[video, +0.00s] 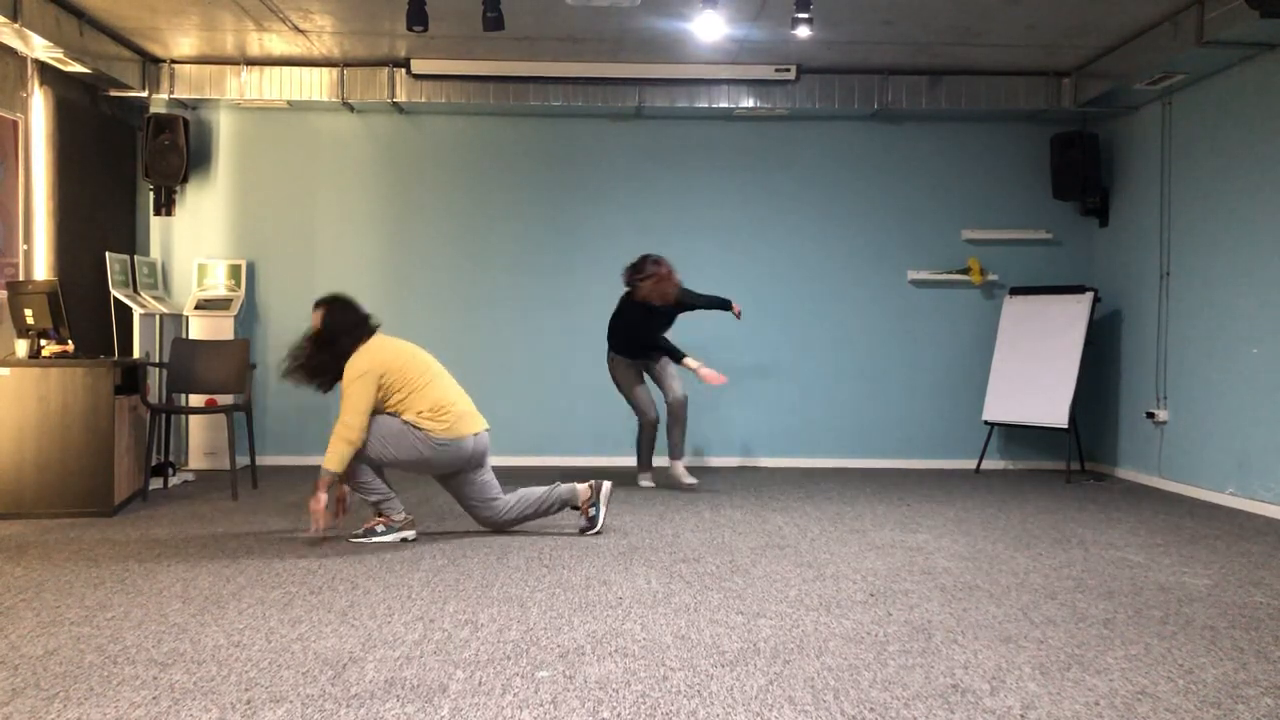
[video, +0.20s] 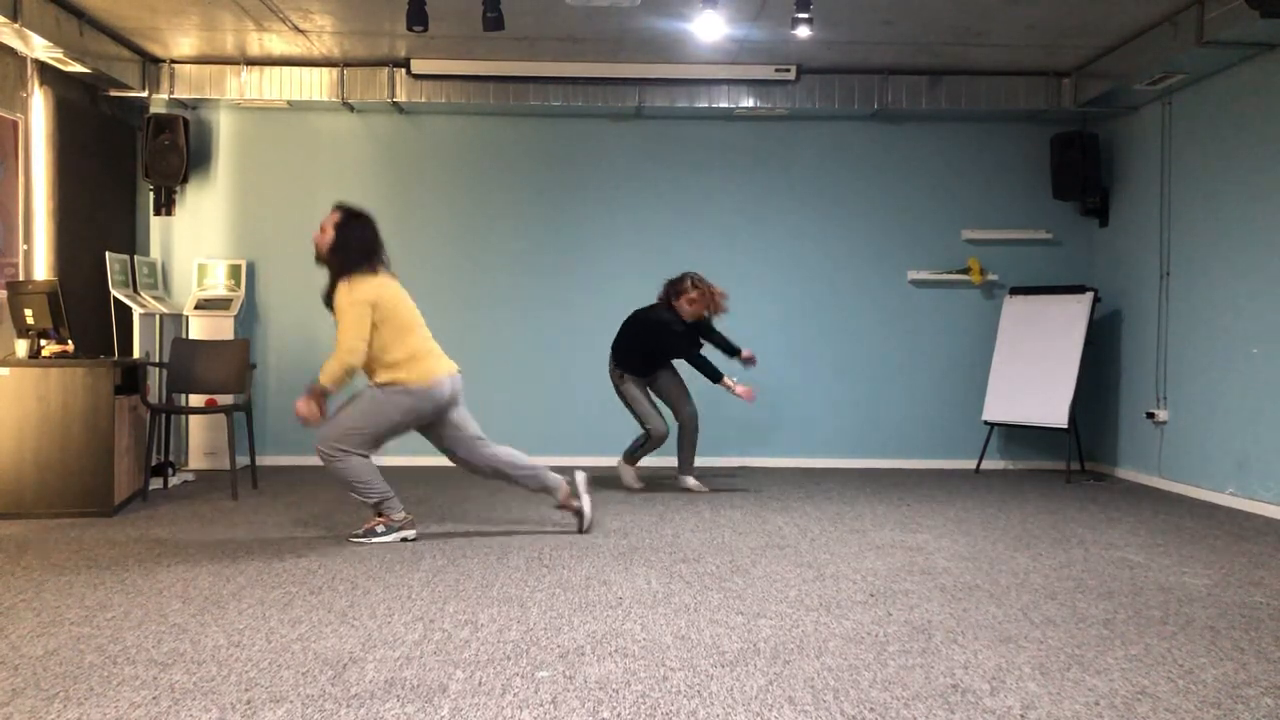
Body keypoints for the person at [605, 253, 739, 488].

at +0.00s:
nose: (668, 287)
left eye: (667, 281)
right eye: (661, 282)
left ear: (669, 280)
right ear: (647, 285)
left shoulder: (674, 297)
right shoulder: (631, 307)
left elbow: (700, 301)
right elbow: (656, 341)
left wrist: (730, 306)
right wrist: (695, 366)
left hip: (655, 353)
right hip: (624, 358)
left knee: (678, 398)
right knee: (649, 416)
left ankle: (676, 465)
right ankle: (644, 473)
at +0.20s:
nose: (698, 308)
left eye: (701, 302)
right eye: (692, 303)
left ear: (707, 302)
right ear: (676, 302)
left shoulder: (691, 319)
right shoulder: (665, 323)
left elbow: (712, 335)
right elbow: (694, 359)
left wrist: (739, 354)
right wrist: (730, 385)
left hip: (657, 367)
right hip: (626, 372)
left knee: (688, 415)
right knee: (658, 431)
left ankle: (685, 475)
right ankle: (627, 463)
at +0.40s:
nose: (689, 304)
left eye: (694, 299)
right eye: (684, 297)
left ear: (698, 301)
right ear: (669, 293)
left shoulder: (684, 323)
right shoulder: (655, 305)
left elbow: (700, 355)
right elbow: (675, 346)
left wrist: (718, 393)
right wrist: (703, 384)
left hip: (630, 358)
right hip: (600, 355)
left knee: (667, 410)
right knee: (627, 419)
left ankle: (661, 471)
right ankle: (597, 484)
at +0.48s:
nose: (684, 300)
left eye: (690, 295)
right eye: (679, 293)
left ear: (695, 296)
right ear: (665, 289)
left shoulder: (683, 321)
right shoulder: (651, 303)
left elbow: (693, 359)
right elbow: (663, 346)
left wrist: (705, 403)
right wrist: (690, 389)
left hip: (621, 354)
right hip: (594, 348)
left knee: (651, 411)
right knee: (625, 413)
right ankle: (590, 478)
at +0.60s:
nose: (681, 300)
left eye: (686, 294)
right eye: (675, 293)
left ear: (691, 297)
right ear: (661, 289)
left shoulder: (683, 322)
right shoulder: (640, 303)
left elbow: (674, 358)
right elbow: (628, 341)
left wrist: (664, 400)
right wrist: (634, 381)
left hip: (611, 360)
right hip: (588, 347)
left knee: (588, 423)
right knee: (610, 414)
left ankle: (542, 480)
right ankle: (577, 486)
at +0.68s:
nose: (682, 302)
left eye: (687, 296)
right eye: (677, 295)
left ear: (692, 298)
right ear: (662, 292)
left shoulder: (685, 323)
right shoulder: (641, 305)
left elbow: (667, 356)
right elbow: (616, 337)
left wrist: (647, 394)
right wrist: (604, 374)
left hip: (615, 363)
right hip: (589, 350)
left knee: (602, 430)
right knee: (598, 423)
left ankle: (547, 473)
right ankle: (569, 492)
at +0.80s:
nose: (690, 298)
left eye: (696, 293)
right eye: (685, 290)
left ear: (701, 295)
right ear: (670, 286)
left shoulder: (691, 319)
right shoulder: (647, 296)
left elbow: (664, 351)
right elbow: (603, 315)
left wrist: (629, 374)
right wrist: (568, 346)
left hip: (628, 354)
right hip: (598, 342)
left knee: (643, 416)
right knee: (605, 412)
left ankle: (596, 466)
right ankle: (572, 485)